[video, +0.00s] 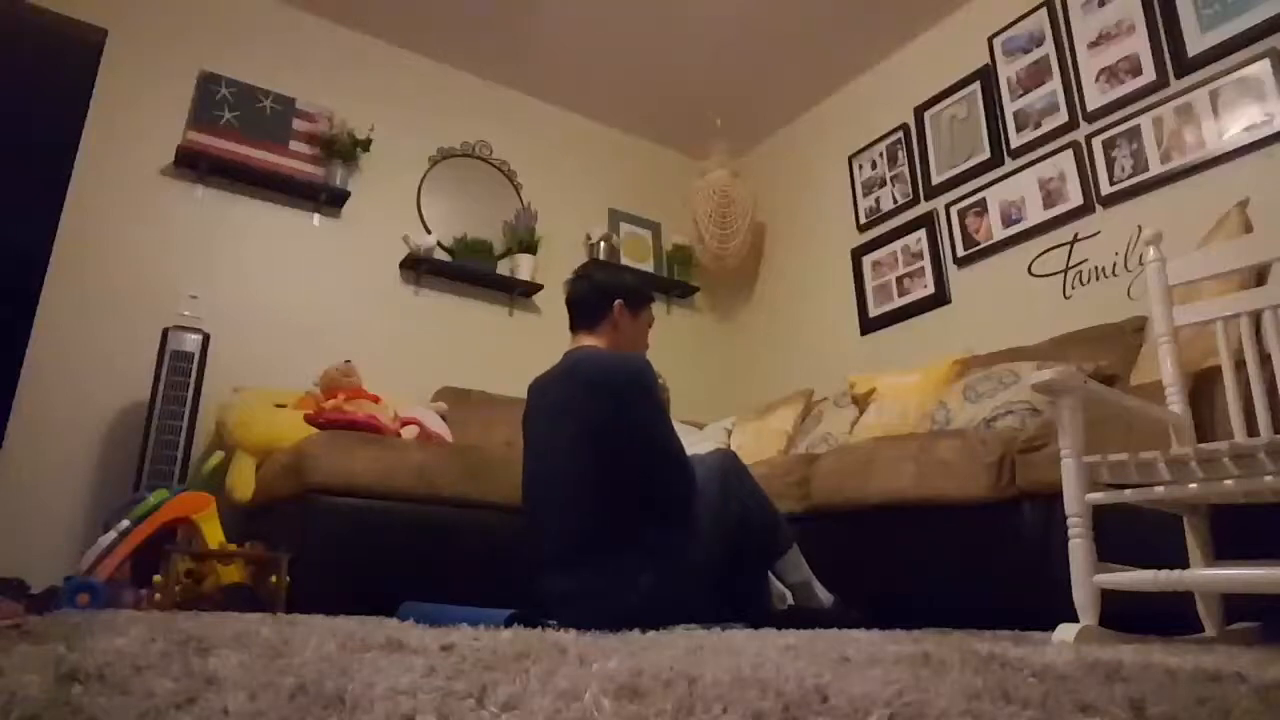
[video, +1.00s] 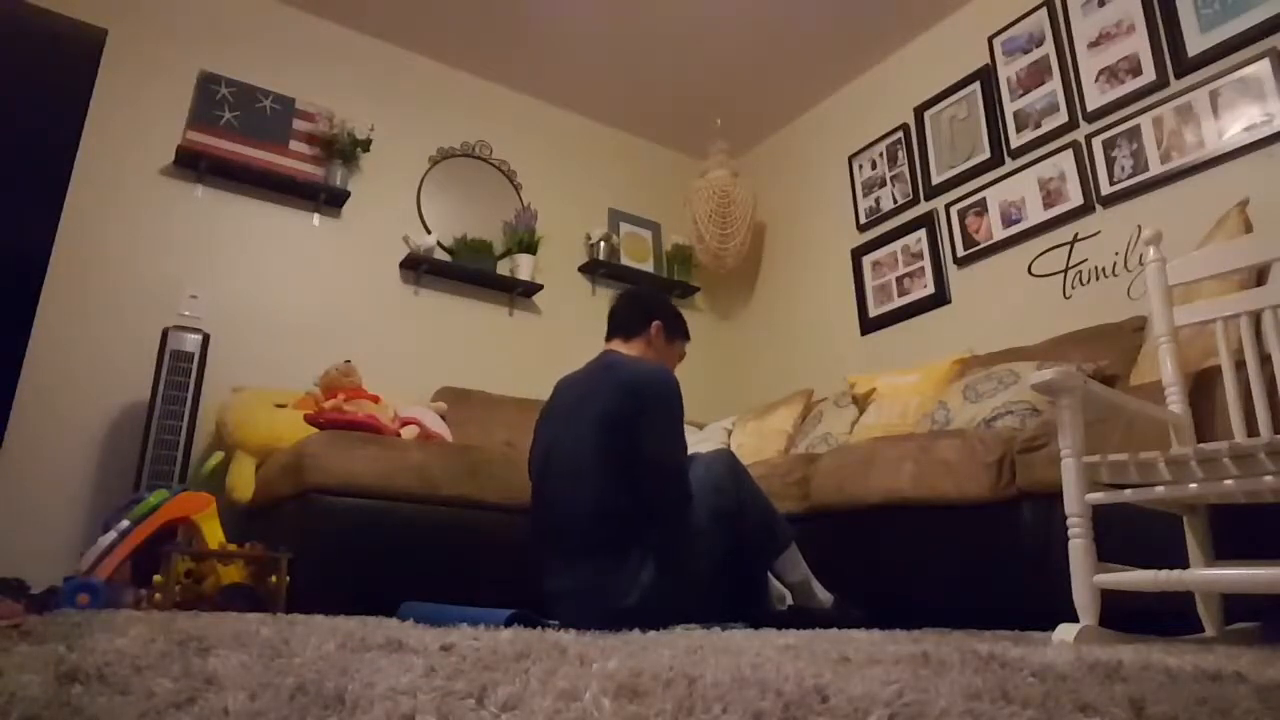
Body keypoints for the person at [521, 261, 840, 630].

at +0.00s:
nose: (648, 338)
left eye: (651, 325)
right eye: (647, 323)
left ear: (576, 318)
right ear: (619, 313)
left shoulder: (541, 388)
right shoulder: (628, 375)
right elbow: (677, 497)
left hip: (564, 595)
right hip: (631, 596)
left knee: (721, 467)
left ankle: (809, 593)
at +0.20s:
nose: (652, 342)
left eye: (654, 331)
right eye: (651, 328)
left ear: (581, 319)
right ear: (622, 314)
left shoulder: (547, 383)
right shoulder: (633, 370)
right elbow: (679, 496)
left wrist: (653, 403)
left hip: (565, 598)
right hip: (631, 598)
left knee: (719, 466)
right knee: (721, 467)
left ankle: (789, 601)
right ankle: (810, 597)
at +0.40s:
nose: (652, 346)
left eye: (656, 335)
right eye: (652, 332)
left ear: (582, 321)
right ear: (624, 316)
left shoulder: (549, 382)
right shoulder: (637, 372)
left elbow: (554, 496)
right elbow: (682, 494)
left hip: (567, 599)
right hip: (634, 599)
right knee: (723, 465)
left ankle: (780, 604)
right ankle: (813, 597)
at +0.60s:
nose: (658, 358)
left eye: (662, 343)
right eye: (659, 340)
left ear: (589, 328)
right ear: (632, 321)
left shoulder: (555, 385)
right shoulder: (639, 378)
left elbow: (541, 490)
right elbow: (664, 503)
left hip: (565, 598)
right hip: (629, 599)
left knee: (717, 465)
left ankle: (806, 593)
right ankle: (787, 601)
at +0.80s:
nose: (664, 370)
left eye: (669, 356)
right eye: (667, 353)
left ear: (599, 333)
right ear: (644, 328)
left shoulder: (555, 389)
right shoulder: (642, 381)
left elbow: (539, 485)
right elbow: (666, 501)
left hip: (567, 602)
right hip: (631, 602)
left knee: (715, 465)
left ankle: (808, 591)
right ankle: (776, 606)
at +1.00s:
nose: (674, 373)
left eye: (678, 362)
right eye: (677, 358)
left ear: (611, 336)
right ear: (655, 333)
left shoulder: (563, 389)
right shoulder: (652, 382)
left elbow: (539, 475)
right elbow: (671, 501)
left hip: (566, 601)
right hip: (632, 602)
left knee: (719, 465)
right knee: (717, 472)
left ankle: (806, 592)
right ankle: (779, 603)